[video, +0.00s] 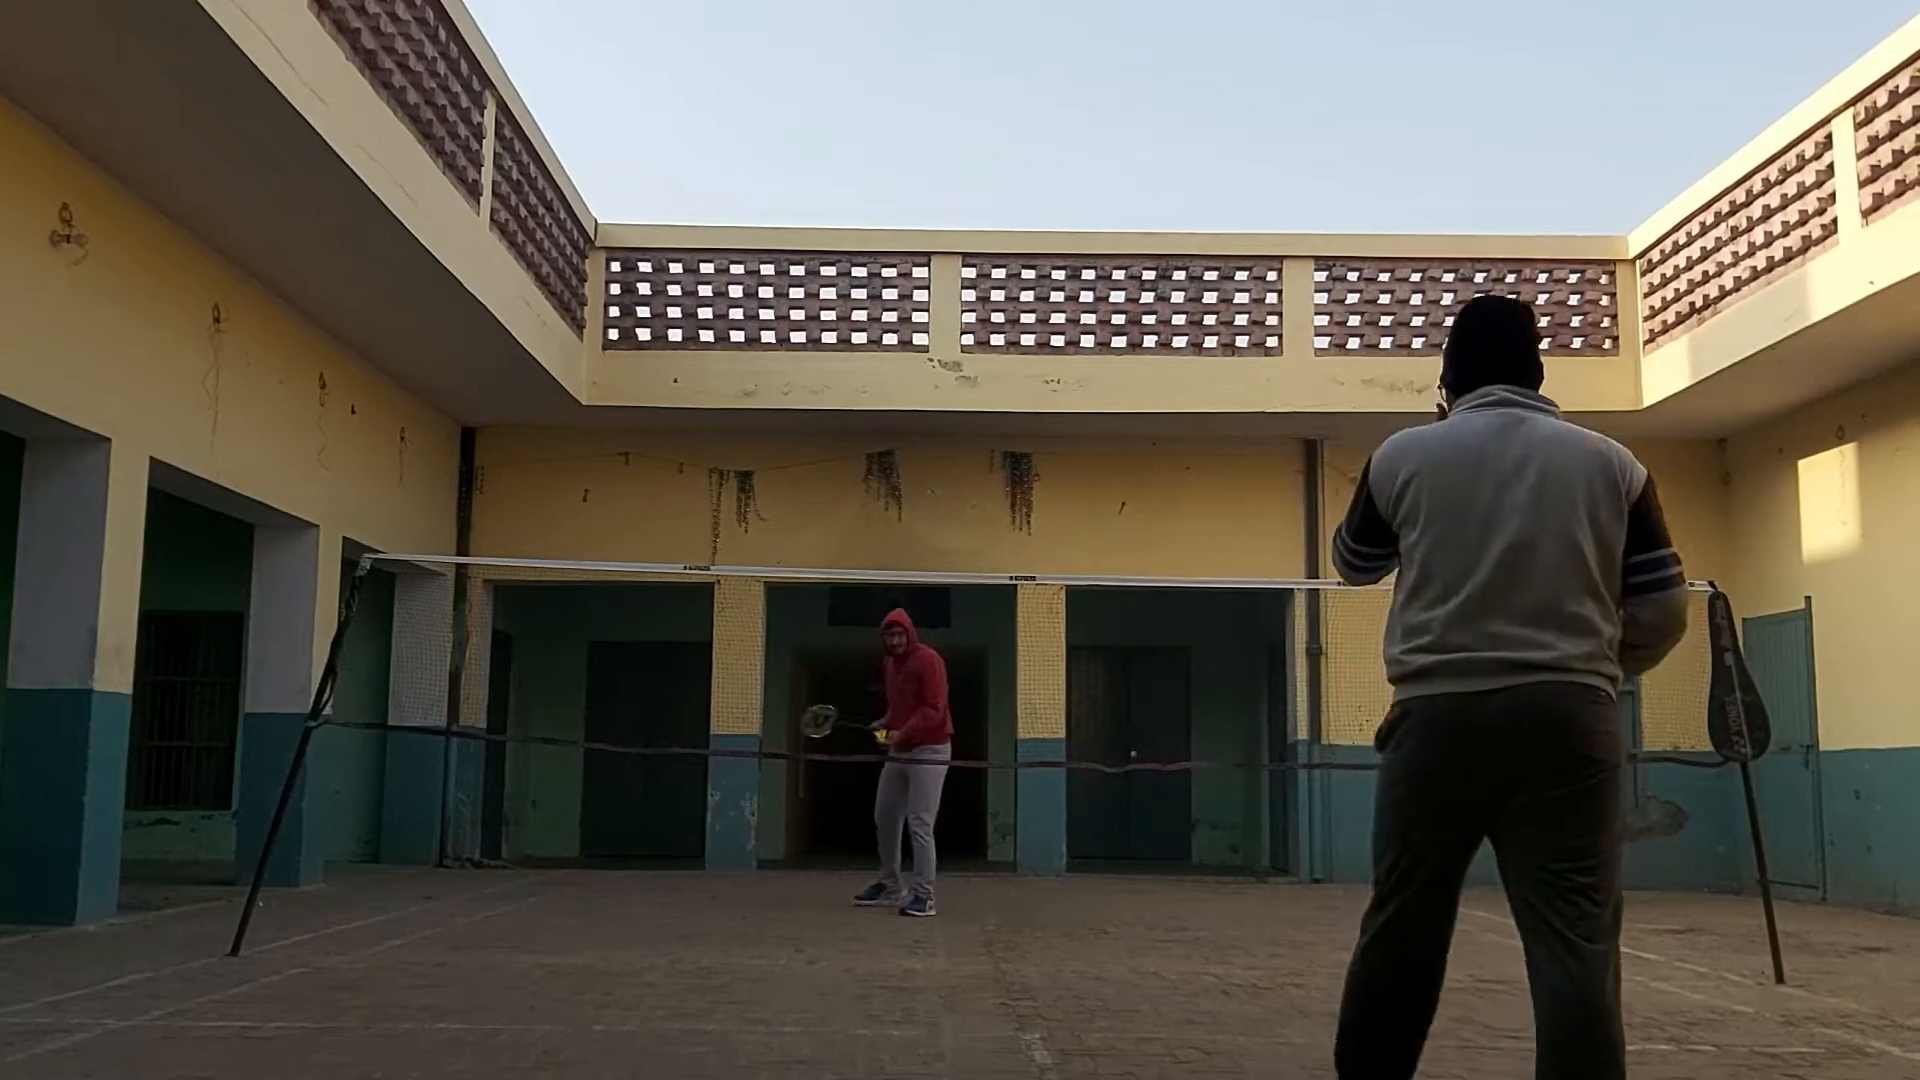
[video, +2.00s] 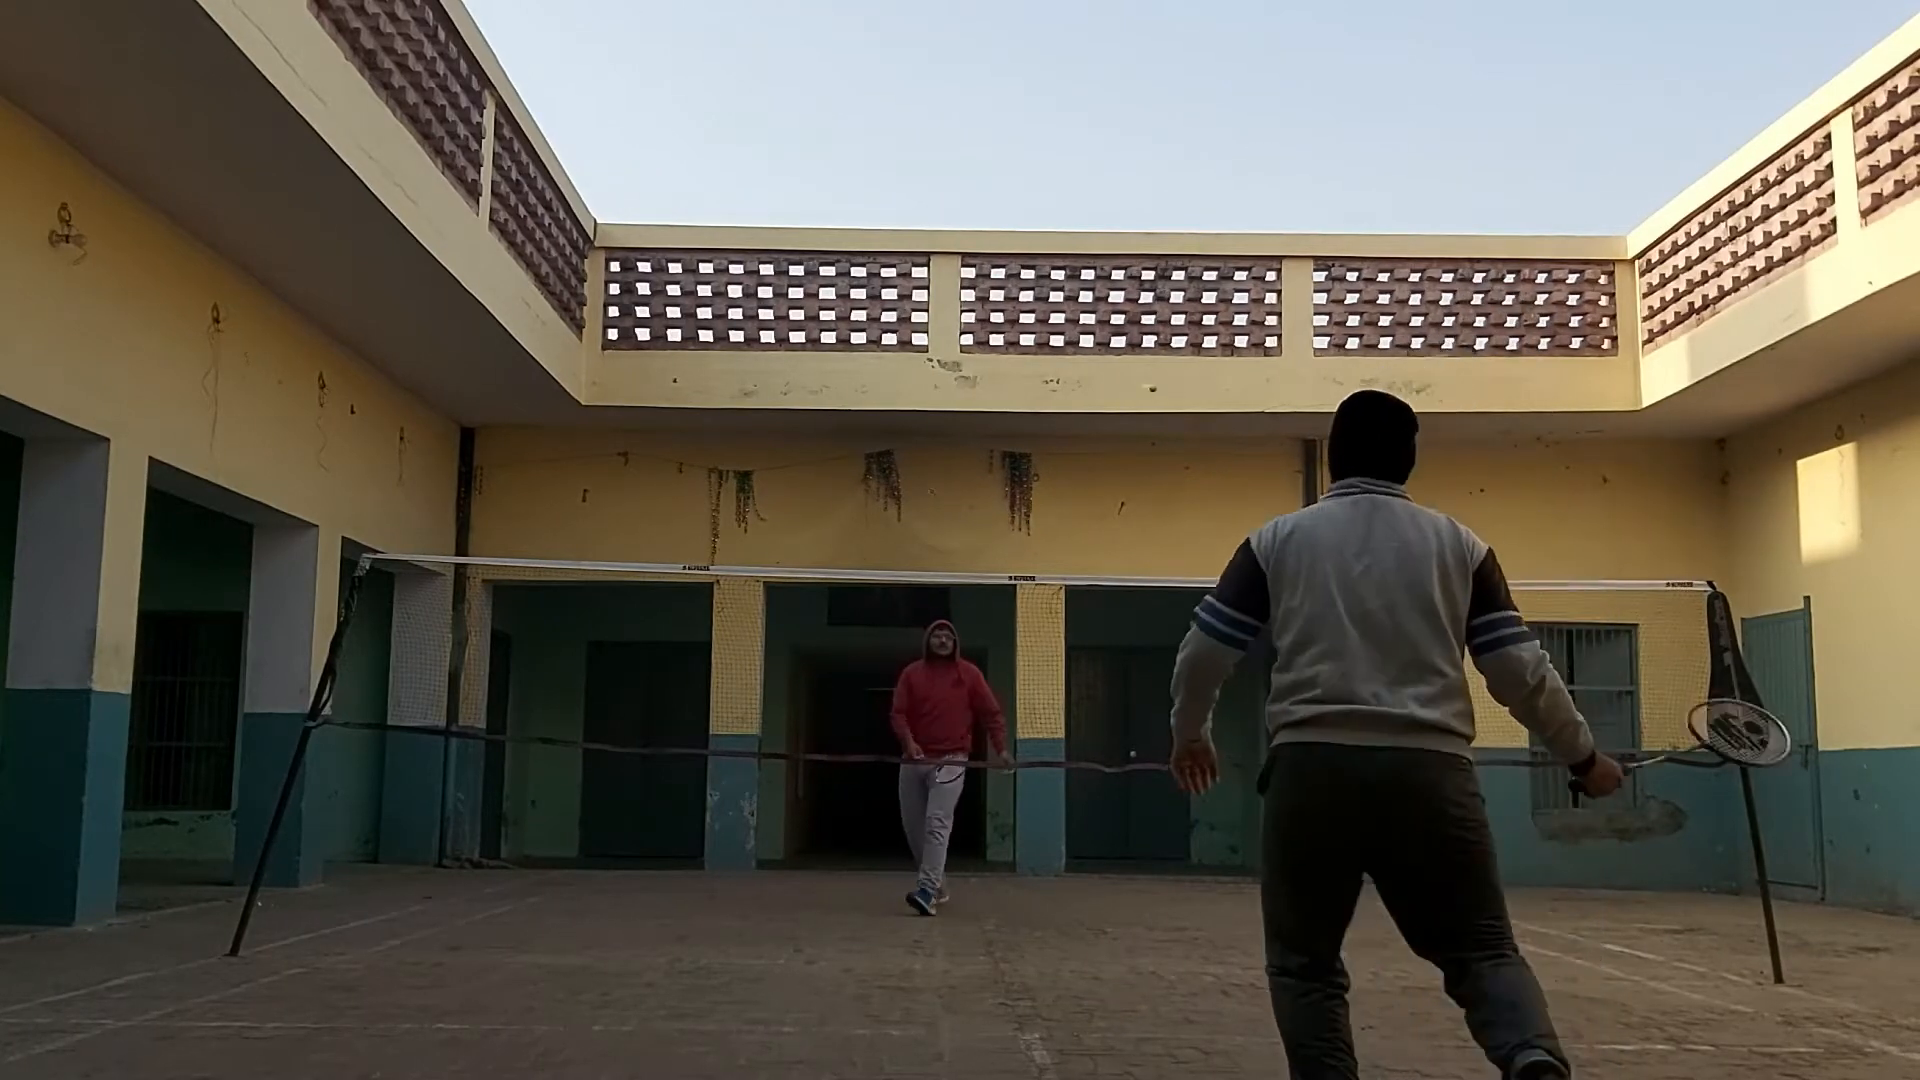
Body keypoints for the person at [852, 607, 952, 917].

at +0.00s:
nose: (894, 639)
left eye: (899, 634)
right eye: (889, 635)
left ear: (910, 635)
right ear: (884, 638)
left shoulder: (928, 660)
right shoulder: (891, 665)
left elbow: (935, 711)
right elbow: (899, 705)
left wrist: (902, 734)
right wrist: (885, 723)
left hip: (929, 751)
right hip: (900, 750)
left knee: (920, 823)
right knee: (886, 817)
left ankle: (923, 895)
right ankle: (889, 884)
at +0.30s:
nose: (897, 631)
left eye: (902, 625)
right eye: (891, 626)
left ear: (912, 627)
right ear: (885, 631)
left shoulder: (928, 653)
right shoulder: (895, 657)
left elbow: (920, 699)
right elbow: (903, 703)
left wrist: (878, 700)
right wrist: (883, 709)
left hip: (935, 747)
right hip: (905, 745)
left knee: (925, 821)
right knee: (892, 813)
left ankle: (923, 894)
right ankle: (904, 885)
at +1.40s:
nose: (888, 634)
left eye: (893, 628)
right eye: (886, 629)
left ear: (909, 629)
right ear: (887, 632)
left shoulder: (930, 655)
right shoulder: (901, 660)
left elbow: (929, 706)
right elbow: (906, 704)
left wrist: (893, 726)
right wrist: (889, 726)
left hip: (939, 750)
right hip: (911, 748)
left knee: (928, 822)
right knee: (894, 812)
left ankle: (923, 894)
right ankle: (902, 883)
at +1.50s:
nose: (897, 632)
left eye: (902, 627)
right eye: (893, 628)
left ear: (915, 628)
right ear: (890, 632)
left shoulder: (936, 655)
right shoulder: (899, 660)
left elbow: (942, 708)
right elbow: (896, 698)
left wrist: (918, 739)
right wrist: (895, 715)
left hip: (941, 751)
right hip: (910, 749)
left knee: (929, 823)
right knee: (891, 812)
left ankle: (924, 894)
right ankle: (902, 882)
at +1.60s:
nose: (906, 630)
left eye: (911, 624)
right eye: (901, 625)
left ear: (922, 627)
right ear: (896, 630)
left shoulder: (943, 656)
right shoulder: (897, 660)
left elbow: (953, 703)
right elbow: (887, 702)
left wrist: (949, 743)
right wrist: (904, 702)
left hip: (941, 750)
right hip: (909, 748)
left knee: (930, 823)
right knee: (890, 811)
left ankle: (924, 895)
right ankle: (908, 880)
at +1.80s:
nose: (928, 631)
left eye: (933, 626)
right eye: (923, 626)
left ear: (942, 631)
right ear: (915, 632)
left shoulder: (959, 661)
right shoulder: (904, 662)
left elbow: (982, 701)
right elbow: (892, 702)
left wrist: (990, 739)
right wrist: (918, 704)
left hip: (943, 753)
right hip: (908, 752)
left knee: (927, 824)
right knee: (899, 820)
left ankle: (922, 895)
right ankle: (931, 868)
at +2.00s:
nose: (942, 640)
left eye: (947, 636)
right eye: (937, 636)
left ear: (954, 642)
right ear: (928, 641)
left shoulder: (968, 673)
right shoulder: (912, 673)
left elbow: (992, 712)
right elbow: (898, 714)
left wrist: (1000, 749)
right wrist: (908, 741)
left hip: (951, 760)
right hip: (915, 760)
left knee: (937, 823)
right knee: (913, 825)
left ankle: (927, 891)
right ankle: (936, 884)